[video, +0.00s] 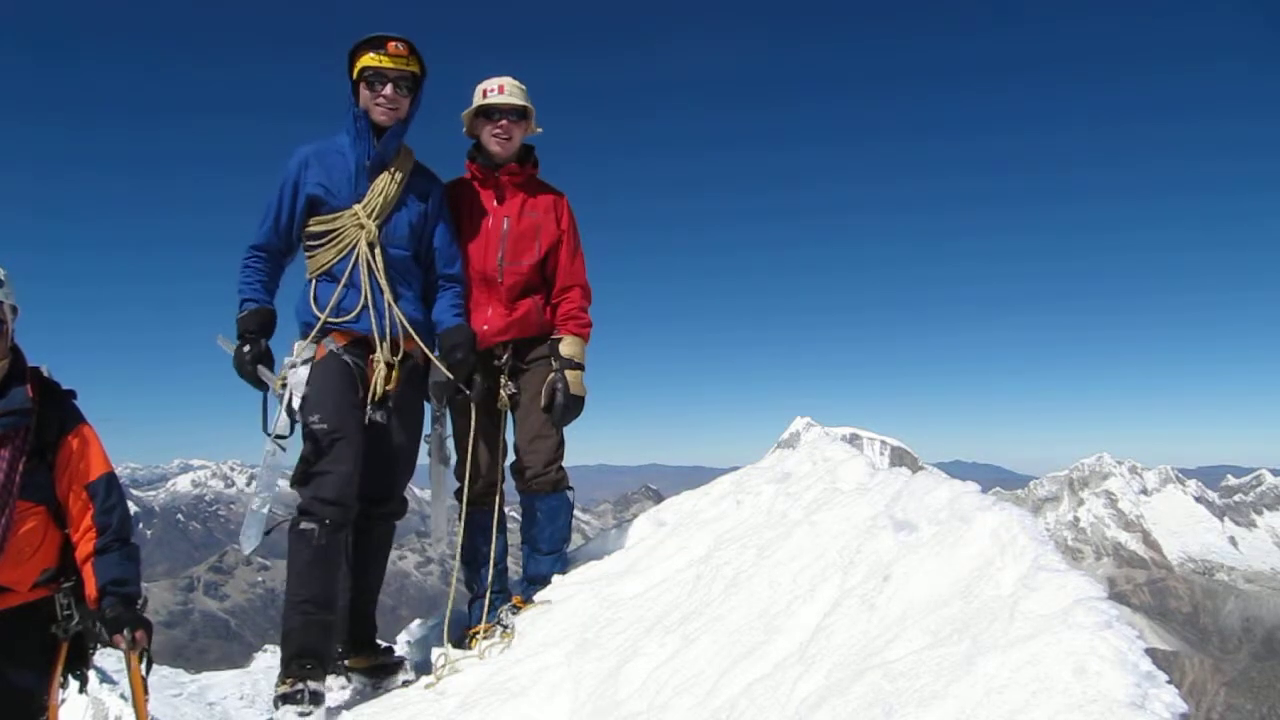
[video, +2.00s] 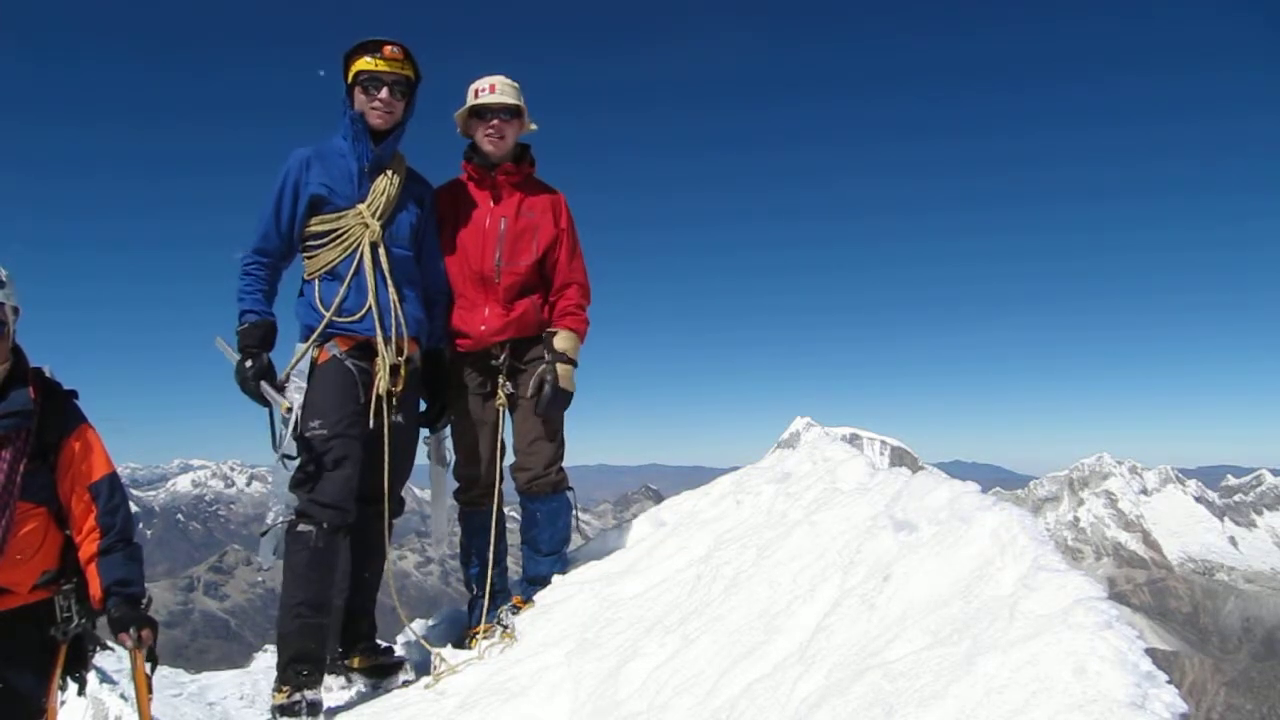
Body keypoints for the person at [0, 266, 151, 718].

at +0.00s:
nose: (0, 329)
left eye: (1, 317)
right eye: (1, 316)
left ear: (11, 320)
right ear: (7, 320)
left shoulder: (46, 410)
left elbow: (97, 509)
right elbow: (98, 509)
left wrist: (115, 596)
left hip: (23, 617)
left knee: (20, 705)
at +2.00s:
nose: (1, 333)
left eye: (2, 319)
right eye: (2, 319)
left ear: (12, 322)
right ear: (8, 322)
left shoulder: (47, 410)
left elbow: (99, 508)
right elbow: (100, 508)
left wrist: (120, 596)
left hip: (25, 619)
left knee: (20, 705)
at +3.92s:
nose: (4, 347)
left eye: (11, 332)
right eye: (0, 332)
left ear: (29, 332)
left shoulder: (62, 415)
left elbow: (110, 511)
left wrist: (127, 597)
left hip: (28, 618)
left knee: (22, 707)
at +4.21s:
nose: (15, 357)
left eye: (30, 341)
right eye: (4, 340)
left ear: (48, 343)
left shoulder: (74, 419)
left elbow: (119, 513)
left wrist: (129, 598)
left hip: (36, 618)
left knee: (24, 705)